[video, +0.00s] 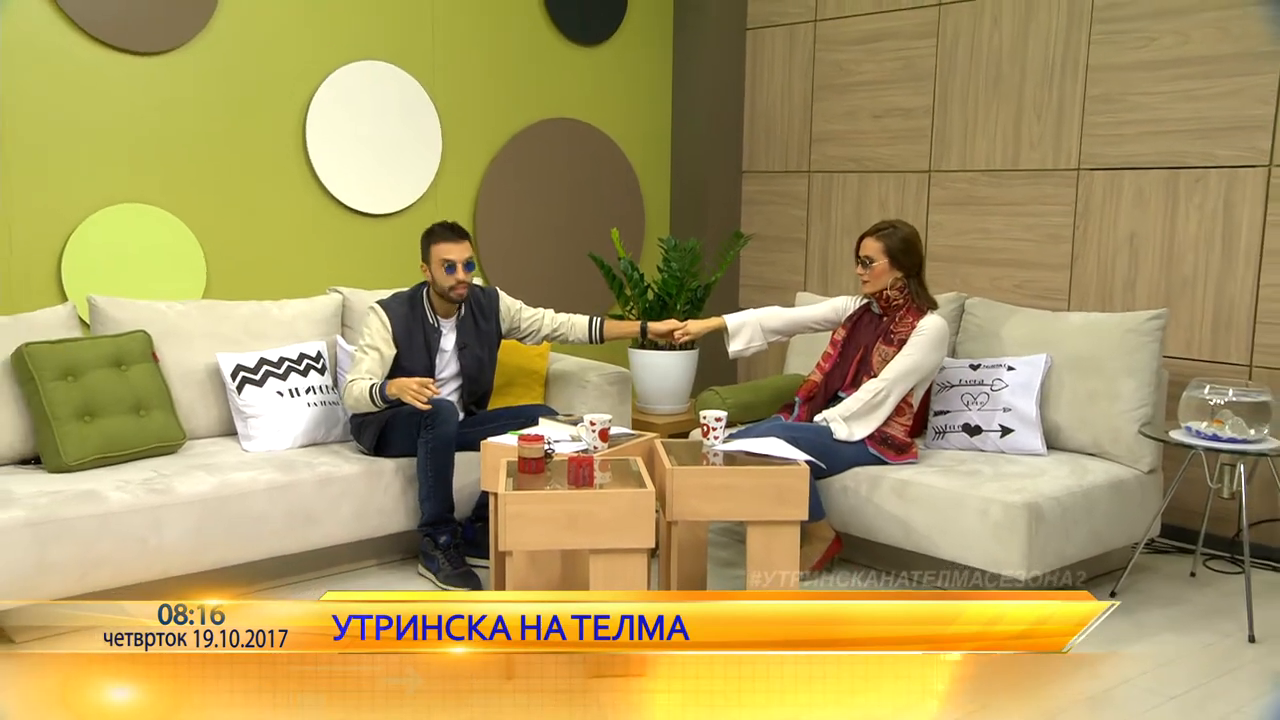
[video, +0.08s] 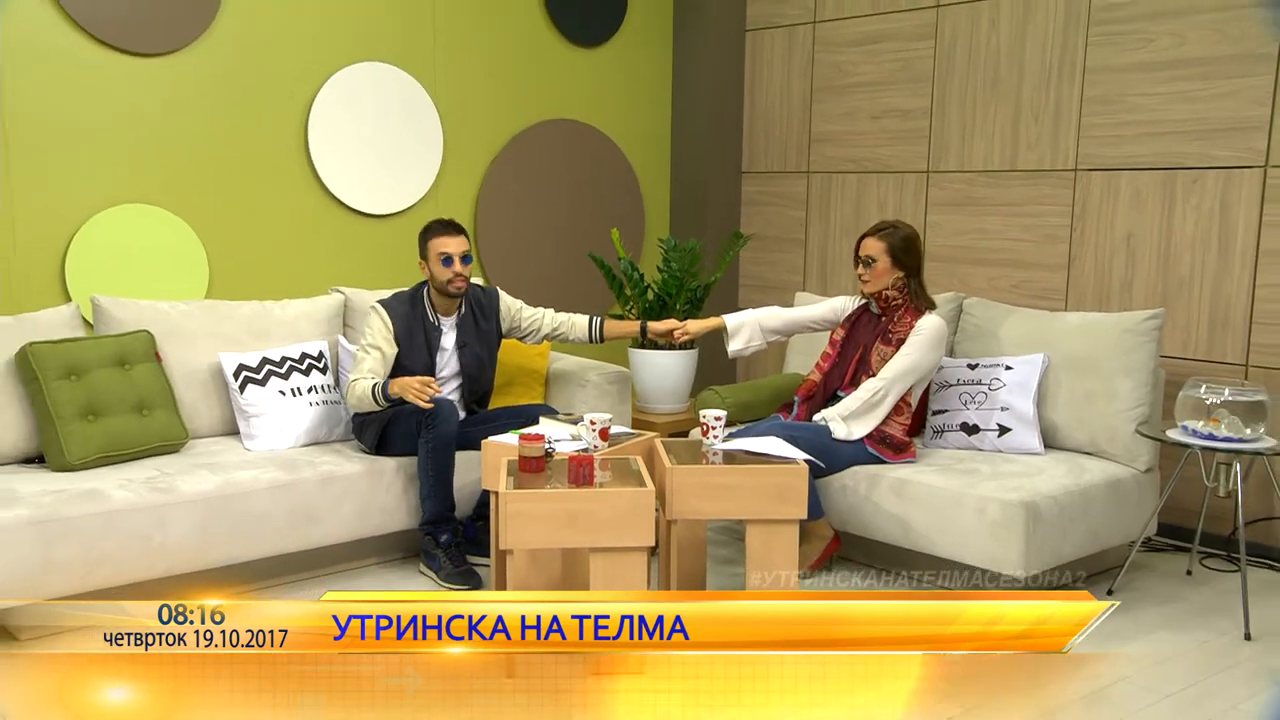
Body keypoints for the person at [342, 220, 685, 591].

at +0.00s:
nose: (461, 277)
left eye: (467, 265)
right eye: (448, 267)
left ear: (474, 265)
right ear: (426, 270)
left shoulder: (490, 304)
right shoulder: (388, 315)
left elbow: (558, 325)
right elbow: (353, 392)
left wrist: (645, 329)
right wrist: (390, 387)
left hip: (458, 422)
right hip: (389, 426)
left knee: (545, 420)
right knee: (442, 410)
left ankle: (478, 530)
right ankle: (438, 544)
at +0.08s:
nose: (458, 269)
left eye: (465, 259)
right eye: (445, 261)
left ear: (472, 261)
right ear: (424, 266)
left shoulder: (490, 304)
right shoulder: (390, 315)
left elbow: (558, 324)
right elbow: (355, 391)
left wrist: (644, 328)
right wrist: (392, 387)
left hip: (460, 421)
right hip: (391, 425)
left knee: (545, 419)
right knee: (442, 410)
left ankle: (480, 528)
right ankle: (439, 542)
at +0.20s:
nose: (457, 264)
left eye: (463, 254)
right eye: (444, 256)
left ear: (470, 259)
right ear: (424, 264)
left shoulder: (490, 302)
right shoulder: (391, 313)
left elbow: (560, 323)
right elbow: (358, 390)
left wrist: (644, 326)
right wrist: (395, 384)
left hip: (462, 420)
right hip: (392, 423)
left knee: (546, 417)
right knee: (442, 408)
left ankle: (482, 526)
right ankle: (440, 540)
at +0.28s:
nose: (457, 262)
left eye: (464, 253)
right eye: (445, 254)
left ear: (471, 258)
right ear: (424, 263)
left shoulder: (490, 302)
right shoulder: (392, 312)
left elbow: (559, 323)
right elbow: (360, 390)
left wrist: (643, 325)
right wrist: (396, 381)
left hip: (463, 419)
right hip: (393, 422)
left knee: (546, 416)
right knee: (443, 408)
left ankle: (483, 524)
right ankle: (442, 537)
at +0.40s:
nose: (456, 260)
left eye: (463, 251)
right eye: (444, 252)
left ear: (470, 257)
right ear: (424, 261)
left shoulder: (489, 301)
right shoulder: (394, 312)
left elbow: (556, 323)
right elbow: (382, 393)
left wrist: (642, 325)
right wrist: (416, 350)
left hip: (464, 418)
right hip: (394, 421)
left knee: (547, 415)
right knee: (444, 406)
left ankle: (485, 521)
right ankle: (443, 534)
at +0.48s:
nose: (455, 258)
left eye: (462, 250)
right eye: (443, 251)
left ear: (469, 255)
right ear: (424, 259)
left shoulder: (488, 299)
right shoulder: (398, 310)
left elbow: (555, 322)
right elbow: (410, 383)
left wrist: (642, 326)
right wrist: (433, 320)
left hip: (465, 416)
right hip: (398, 419)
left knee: (548, 415)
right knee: (446, 406)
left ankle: (486, 520)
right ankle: (445, 533)